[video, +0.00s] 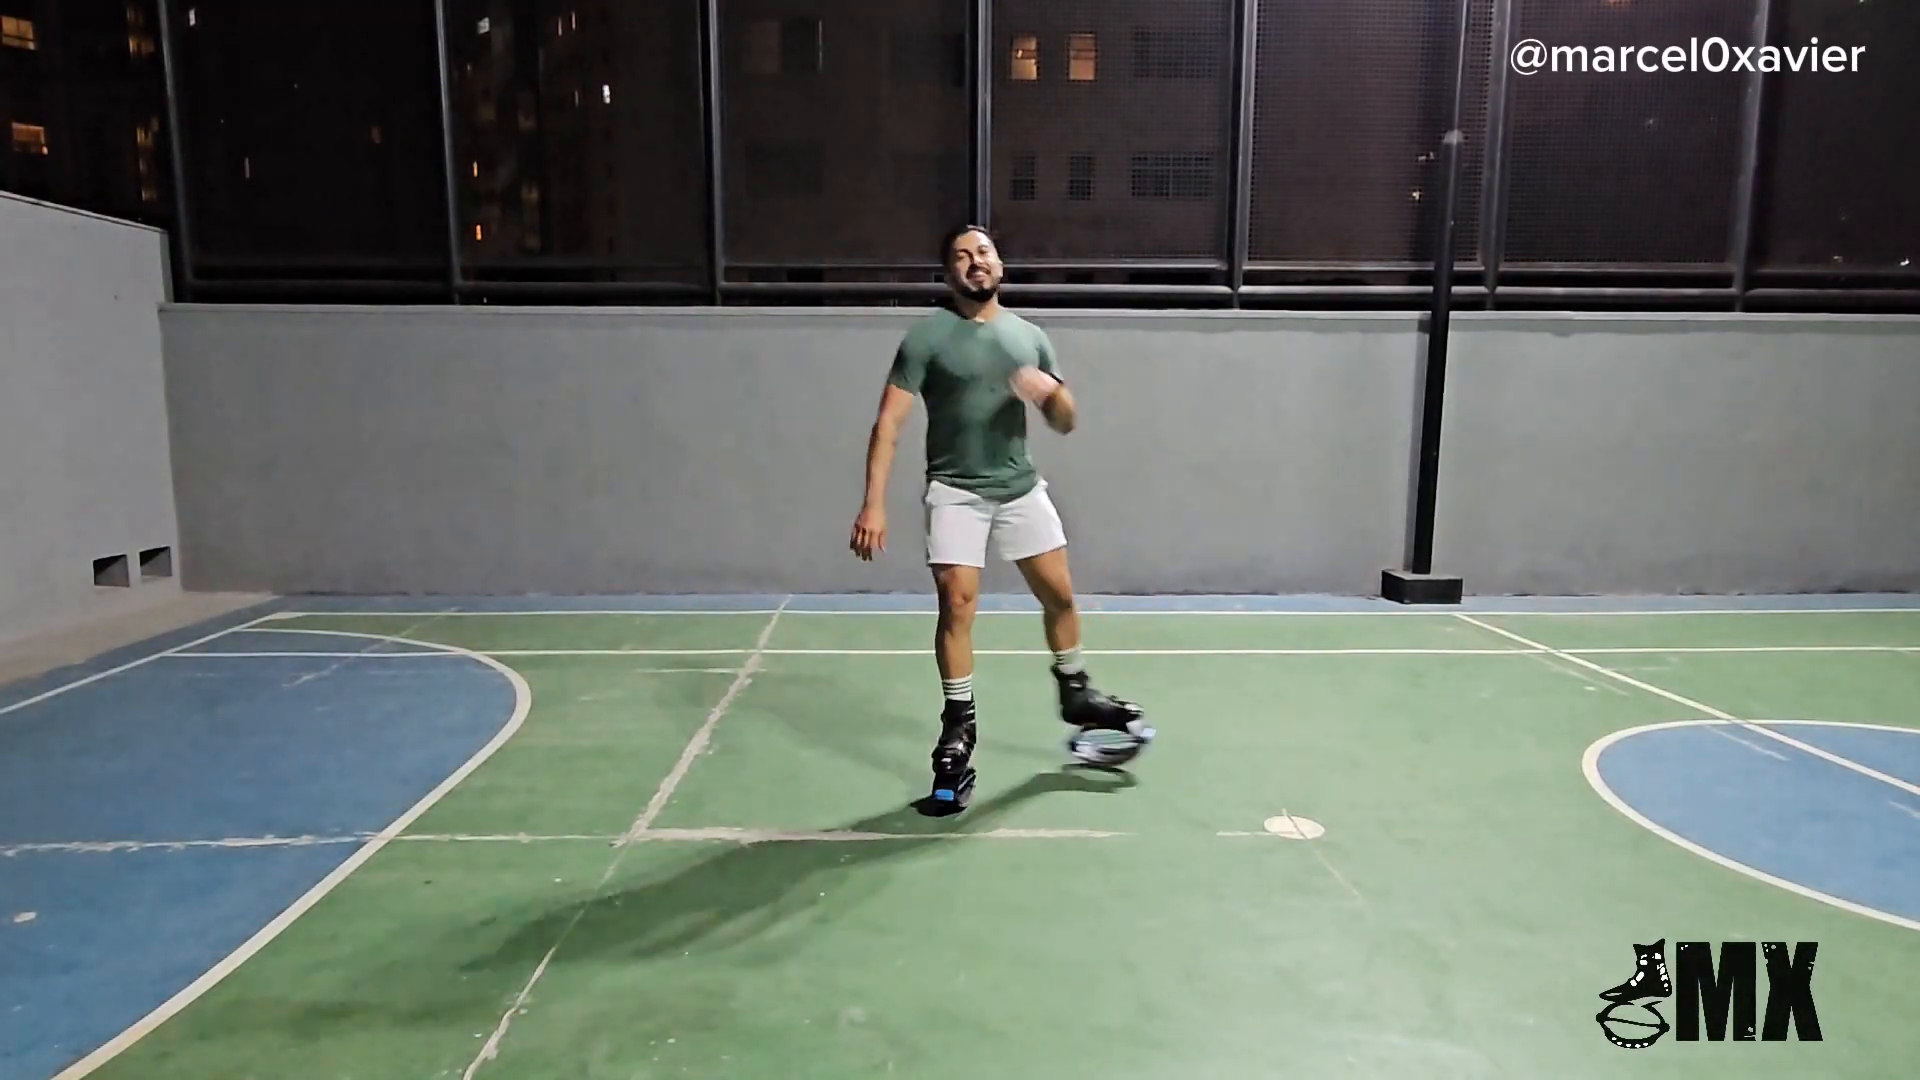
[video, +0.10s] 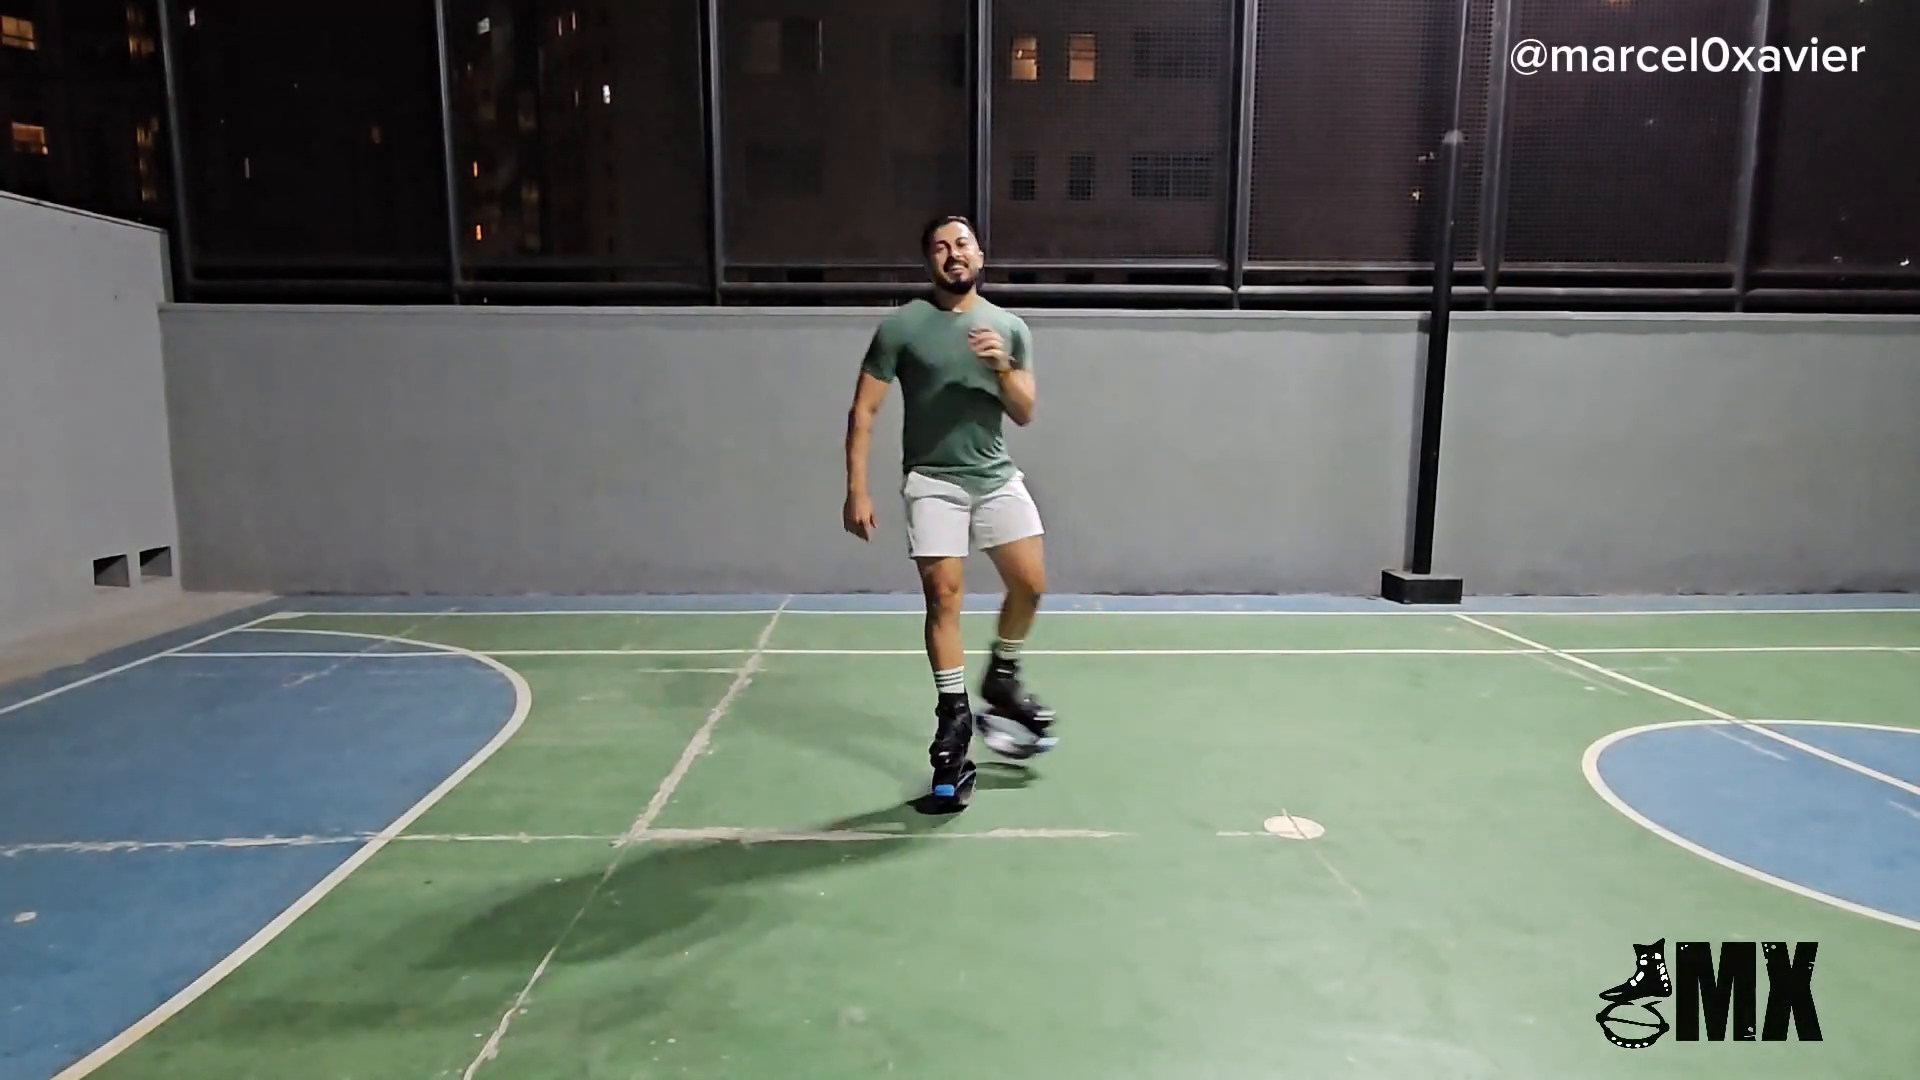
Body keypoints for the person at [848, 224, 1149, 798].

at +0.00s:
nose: (977, 261)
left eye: (984, 252)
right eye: (964, 256)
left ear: (1001, 267)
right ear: (948, 275)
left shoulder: (1029, 336)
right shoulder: (926, 337)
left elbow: (1065, 422)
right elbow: (887, 426)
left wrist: (1052, 393)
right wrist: (873, 507)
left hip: (1020, 487)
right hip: (955, 490)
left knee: (1060, 594)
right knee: (956, 602)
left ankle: (1077, 694)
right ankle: (958, 726)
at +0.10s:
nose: (954, 252)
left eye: (963, 242)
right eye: (942, 245)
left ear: (981, 258)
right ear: (928, 263)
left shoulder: (1009, 327)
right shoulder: (901, 327)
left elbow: (1024, 411)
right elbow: (863, 413)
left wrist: (1002, 365)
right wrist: (857, 492)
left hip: (997, 474)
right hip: (933, 479)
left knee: (1029, 584)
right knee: (943, 594)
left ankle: (1001, 682)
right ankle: (953, 719)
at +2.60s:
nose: (981, 277)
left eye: (992, 268)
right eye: (971, 269)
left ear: (1010, 281)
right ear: (958, 282)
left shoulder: (1042, 352)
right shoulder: (926, 360)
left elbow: (1104, 413)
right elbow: (875, 429)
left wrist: (1172, 459)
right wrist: (812, 482)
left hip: (1025, 506)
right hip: (953, 507)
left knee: (1044, 615)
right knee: (926, 615)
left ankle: (1049, 741)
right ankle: (949, 712)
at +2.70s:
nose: (988, 257)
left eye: (999, 248)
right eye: (978, 250)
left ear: (1017, 262)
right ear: (964, 266)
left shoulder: (1050, 329)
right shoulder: (933, 338)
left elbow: (1123, 379)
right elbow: (873, 391)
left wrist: (1186, 403)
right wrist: (806, 426)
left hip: (1028, 494)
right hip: (959, 494)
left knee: (1037, 606)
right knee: (941, 607)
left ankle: (1049, 734)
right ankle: (951, 713)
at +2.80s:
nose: (993, 222)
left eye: (1002, 212)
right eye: (981, 213)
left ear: (1020, 223)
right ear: (965, 225)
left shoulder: (1051, 289)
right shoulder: (933, 292)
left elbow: (1110, 349)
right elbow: (877, 351)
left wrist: (1136, 391)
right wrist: (859, 403)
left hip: (1025, 452)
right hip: (956, 453)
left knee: (1029, 570)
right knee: (953, 574)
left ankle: (1042, 700)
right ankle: (950, 697)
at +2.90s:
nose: (999, 215)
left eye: (1007, 205)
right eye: (986, 206)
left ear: (1021, 216)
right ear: (968, 219)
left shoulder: (1052, 287)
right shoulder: (933, 289)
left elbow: (1088, 367)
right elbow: (894, 371)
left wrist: (1062, 423)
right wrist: (929, 432)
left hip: (1026, 444)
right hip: (958, 447)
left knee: (1024, 562)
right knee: (959, 564)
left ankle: (1028, 692)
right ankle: (958, 692)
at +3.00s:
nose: (1007, 247)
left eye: (1012, 236)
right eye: (993, 239)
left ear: (1023, 244)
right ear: (970, 252)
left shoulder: (1050, 318)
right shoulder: (937, 320)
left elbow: (1045, 400)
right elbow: (941, 413)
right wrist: (994, 464)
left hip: (1022, 465)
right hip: (957, 465)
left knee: (1016, 585)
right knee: (963, 586)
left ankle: (1020, 718)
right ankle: (965, 719)